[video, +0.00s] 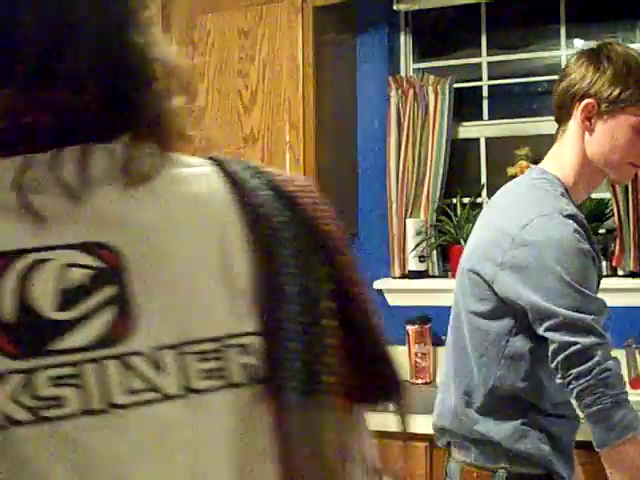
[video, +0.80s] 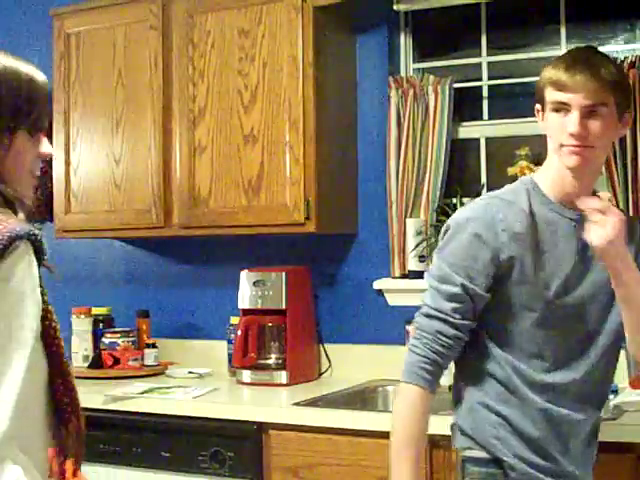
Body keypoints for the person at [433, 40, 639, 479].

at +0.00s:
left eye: (639, 127)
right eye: (636, 125)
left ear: (587, 117)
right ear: (587, 116)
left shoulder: (522, 200)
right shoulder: (547, 227)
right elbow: (595, 385)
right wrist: (626, 470)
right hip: (507, 468)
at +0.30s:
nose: (635, 143)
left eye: (637, 126)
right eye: (625, 121)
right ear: (571, 112)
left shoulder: (557, 219)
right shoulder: (529, 225)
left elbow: (573, 392)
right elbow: (573, 404)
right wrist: (617, 473)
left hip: (541, 462)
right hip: (518, 467)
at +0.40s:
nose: (633, 142)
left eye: (637, 125)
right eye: (621, 121)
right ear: (566, 112)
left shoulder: (565, 221)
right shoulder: (525, 226)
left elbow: (580, 391)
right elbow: (544, 410)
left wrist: (604, 469)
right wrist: (581, 477)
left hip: (560, 459)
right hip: (524, 467)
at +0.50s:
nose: (630, 140)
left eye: (634, 125)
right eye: (616, 121)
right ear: (560, 113)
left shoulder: (573, 224)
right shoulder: (520, 227)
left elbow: (584, 381)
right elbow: (504, 408)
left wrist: (625, 460)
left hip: (580, 462)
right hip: (541, 465)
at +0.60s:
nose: (615, 136)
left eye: (625, 118)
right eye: (597, 116)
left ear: (633, 123)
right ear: (550, 115)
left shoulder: (592, 229)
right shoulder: (511, 226)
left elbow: (600, 365)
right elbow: (472, 392)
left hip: (581, 464)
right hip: (525, 466)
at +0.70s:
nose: (593, 133)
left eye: (610, 116)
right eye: (576, 113)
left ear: (626, 126)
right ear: (543, 116)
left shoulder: (610, 235)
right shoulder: (497, 225)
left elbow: (630, 384)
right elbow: (440, 384)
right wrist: (428, 477)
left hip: (578, 462)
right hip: (509, 463)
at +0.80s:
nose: (576, 127)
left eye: (595, 112)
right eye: (561, 109)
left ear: (622, 125)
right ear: (541, 118)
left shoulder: (623, 233)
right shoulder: (487, 224)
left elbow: (639, 359)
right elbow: (422, 365)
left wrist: (619, 262)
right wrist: (405, 475)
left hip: (575, 460)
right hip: (495, 456)